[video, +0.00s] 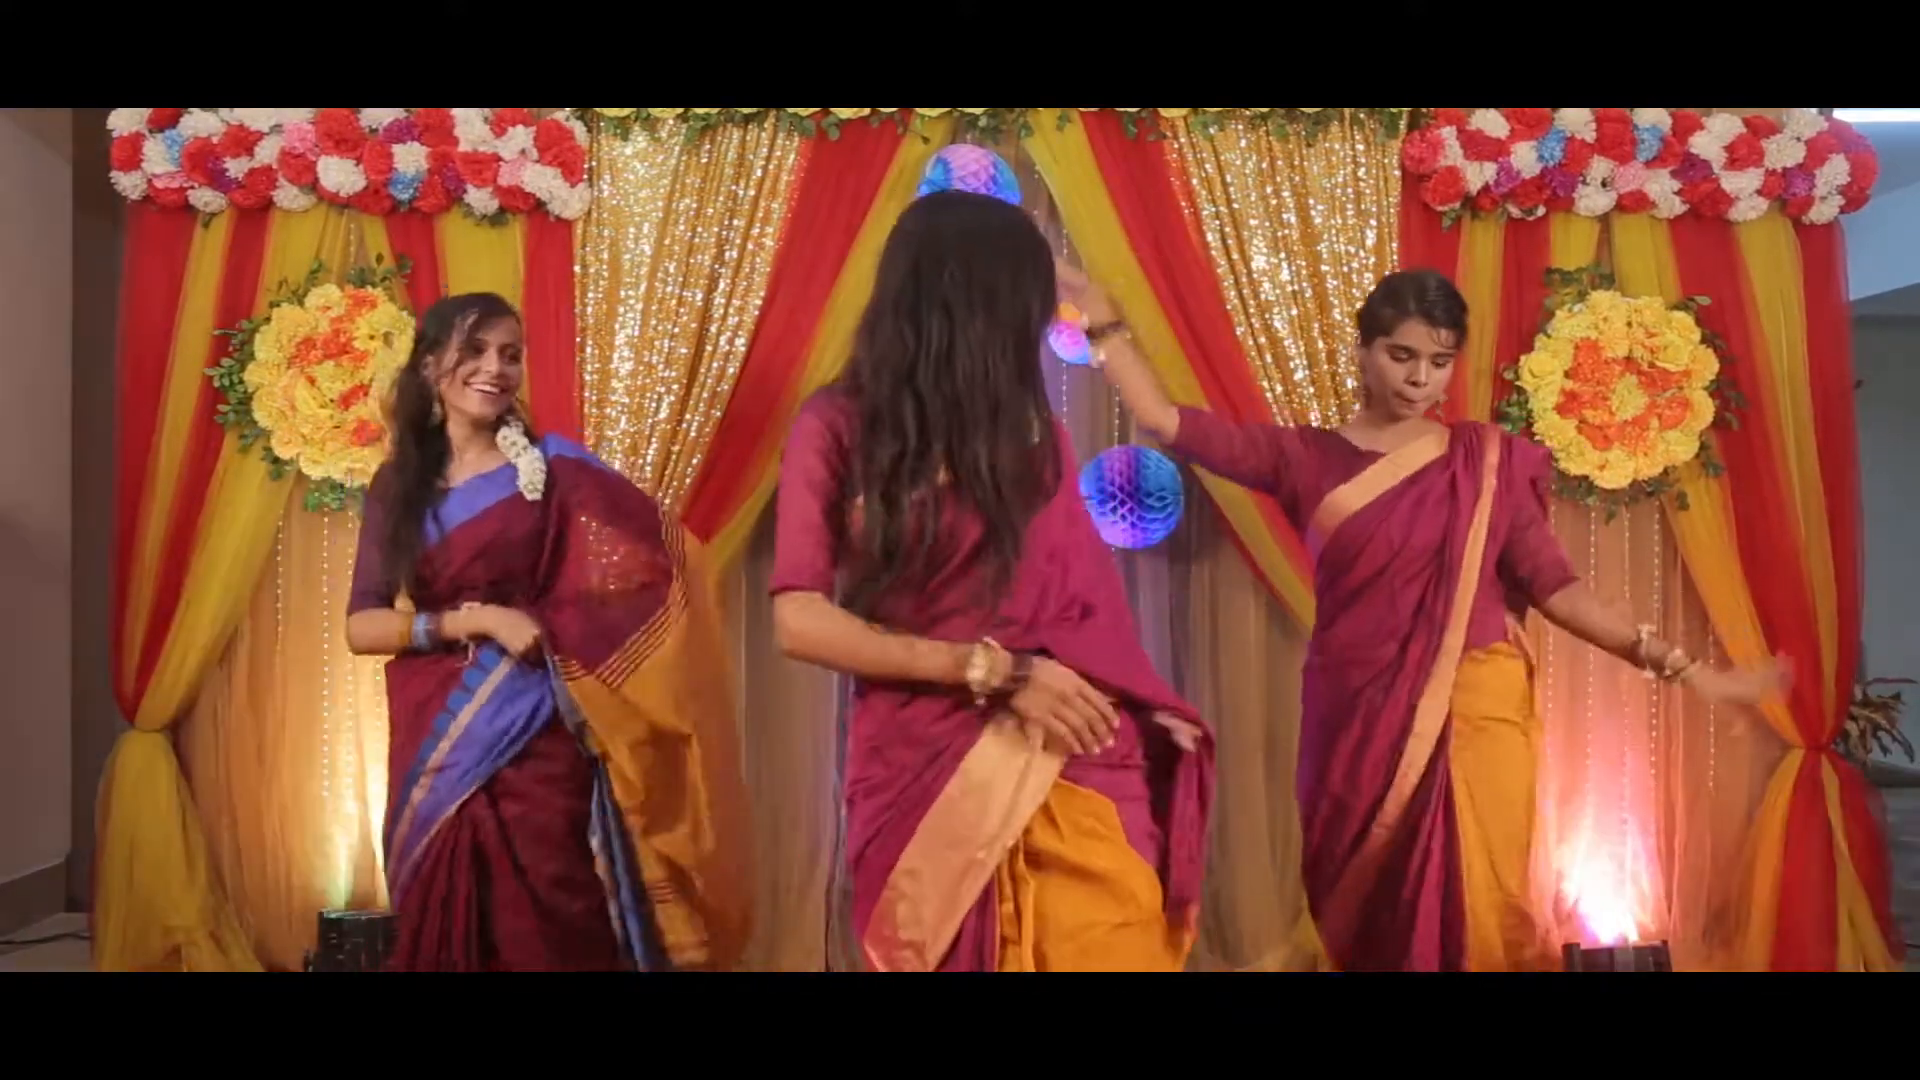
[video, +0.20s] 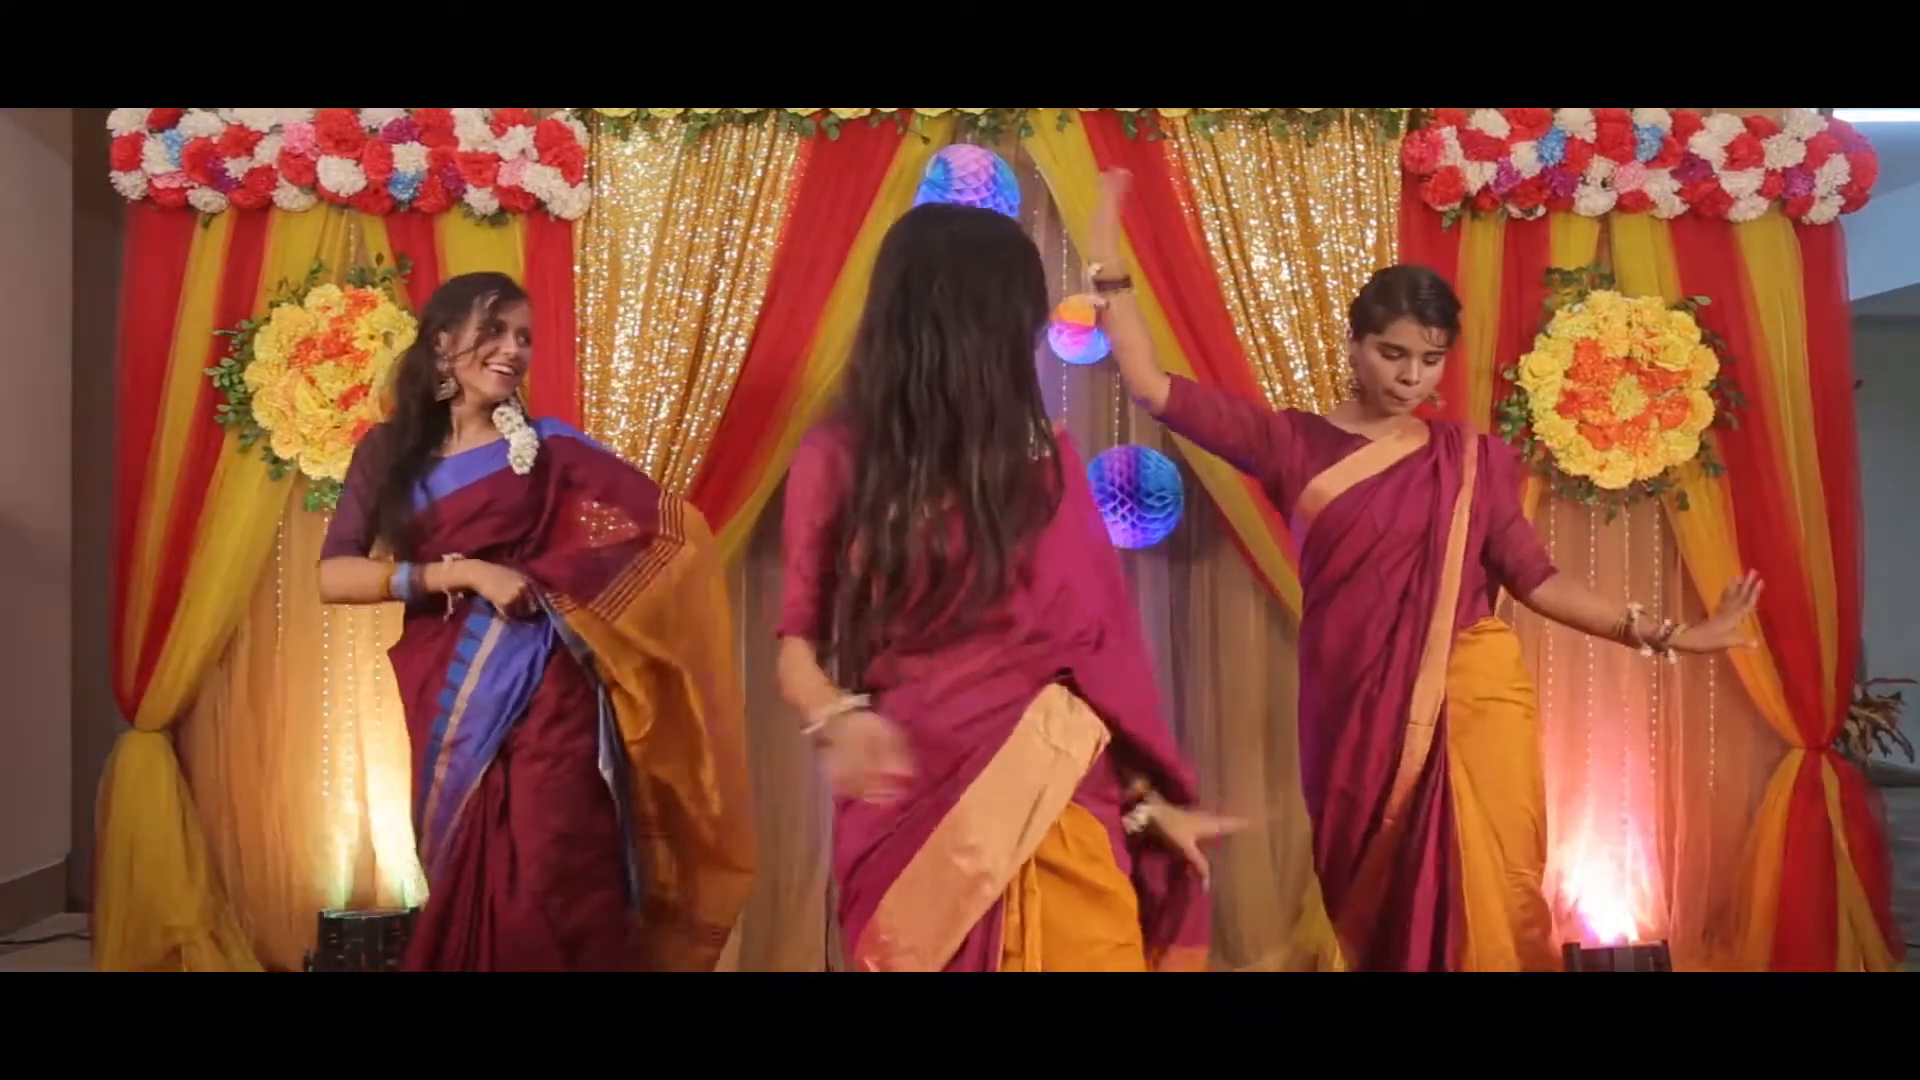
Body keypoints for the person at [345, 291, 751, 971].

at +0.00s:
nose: (496, 369)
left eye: (511, 355)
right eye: (475, 352)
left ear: (523, 370)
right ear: (431, 368)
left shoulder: (554, 465)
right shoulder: (400, 484)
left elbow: (671, 554)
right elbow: (363, 628)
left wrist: (576, 630)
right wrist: (476, 618)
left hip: (542, 731)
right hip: (435, 735)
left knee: (550, 925)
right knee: (446, 927)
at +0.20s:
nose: (514, 351)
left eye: (524, 338)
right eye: (495, 332)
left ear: (532, 351)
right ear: (442, 343)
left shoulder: (550, 445)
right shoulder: (390, 451)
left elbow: (687, 535)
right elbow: (335, 576)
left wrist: (601, 612)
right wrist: (464, 570)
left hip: (554, 693)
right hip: (453, 701)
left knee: (556, 884)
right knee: (470, 888)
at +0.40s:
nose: (507, 369)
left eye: (518, 354)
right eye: (486, 353)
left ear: (531, 366)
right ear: (438, 366)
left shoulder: (562, 458)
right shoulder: (406, 487)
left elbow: (666, 545)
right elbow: (365, 624)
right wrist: (464, 611)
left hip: (545, 727)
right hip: (438, 738)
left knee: (557, 924)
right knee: (446, 927)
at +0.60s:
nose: (509, 351)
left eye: (521, 339)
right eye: (489, 334)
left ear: (534, 351)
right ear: (440, 345)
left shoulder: (556, 443)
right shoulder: (395, 456)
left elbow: (643, 534)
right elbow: (349, 594)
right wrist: (466, 583)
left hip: (551, 684)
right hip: (446, 695)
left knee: (560, 893)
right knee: (460, 896)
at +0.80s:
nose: (506, 349)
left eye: (518, 336)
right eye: (486, 332)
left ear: (531, 350)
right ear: (437, 347)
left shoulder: (556, 442)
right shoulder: (398, 458)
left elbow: (665, 532)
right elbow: (358, 599)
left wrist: (551, 591)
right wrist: (468, 586)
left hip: (559, 691)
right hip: (454, 704)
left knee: (578, 887)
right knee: (471, 897)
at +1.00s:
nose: (497, 359)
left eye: (511, 345)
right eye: (476, 342)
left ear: (523, 360)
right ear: (431, 359)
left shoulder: (554, 449)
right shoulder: (398, 473)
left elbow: (660, 544)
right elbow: (369, 617)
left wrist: (555, 609)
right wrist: (474, 603)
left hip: (551, 719)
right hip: (446, 725)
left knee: (552, 925)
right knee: (451, 923)